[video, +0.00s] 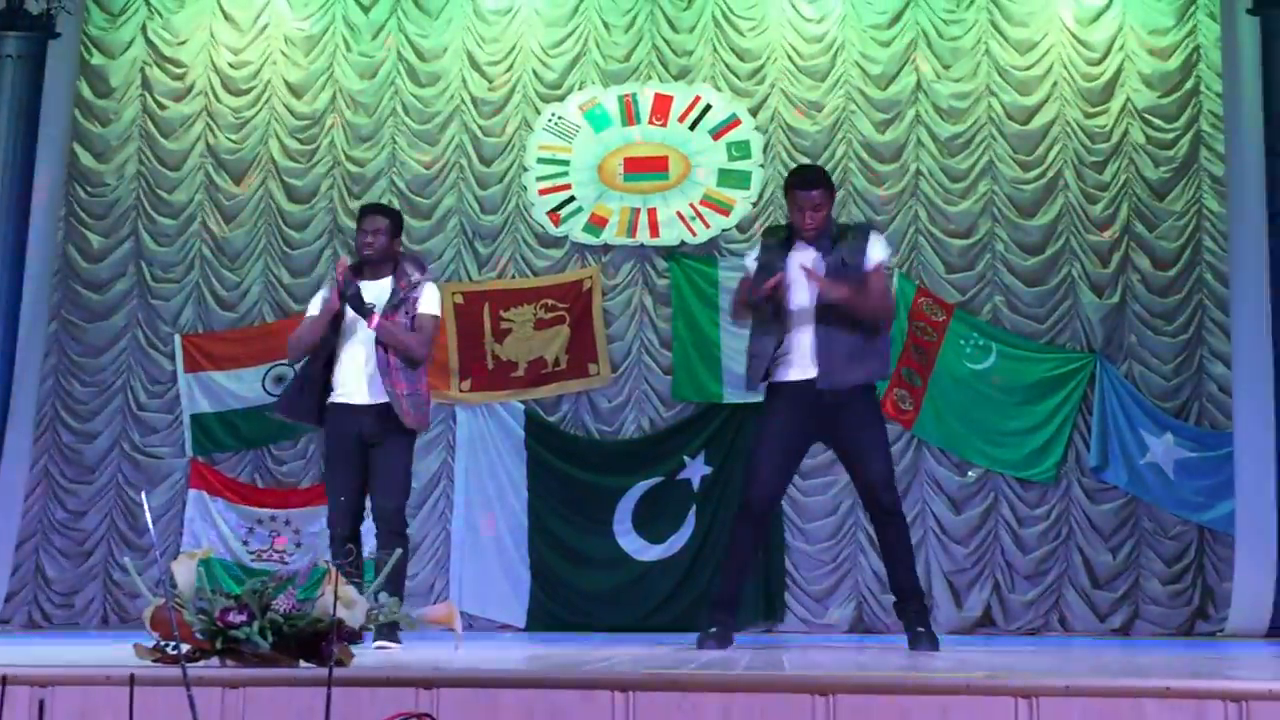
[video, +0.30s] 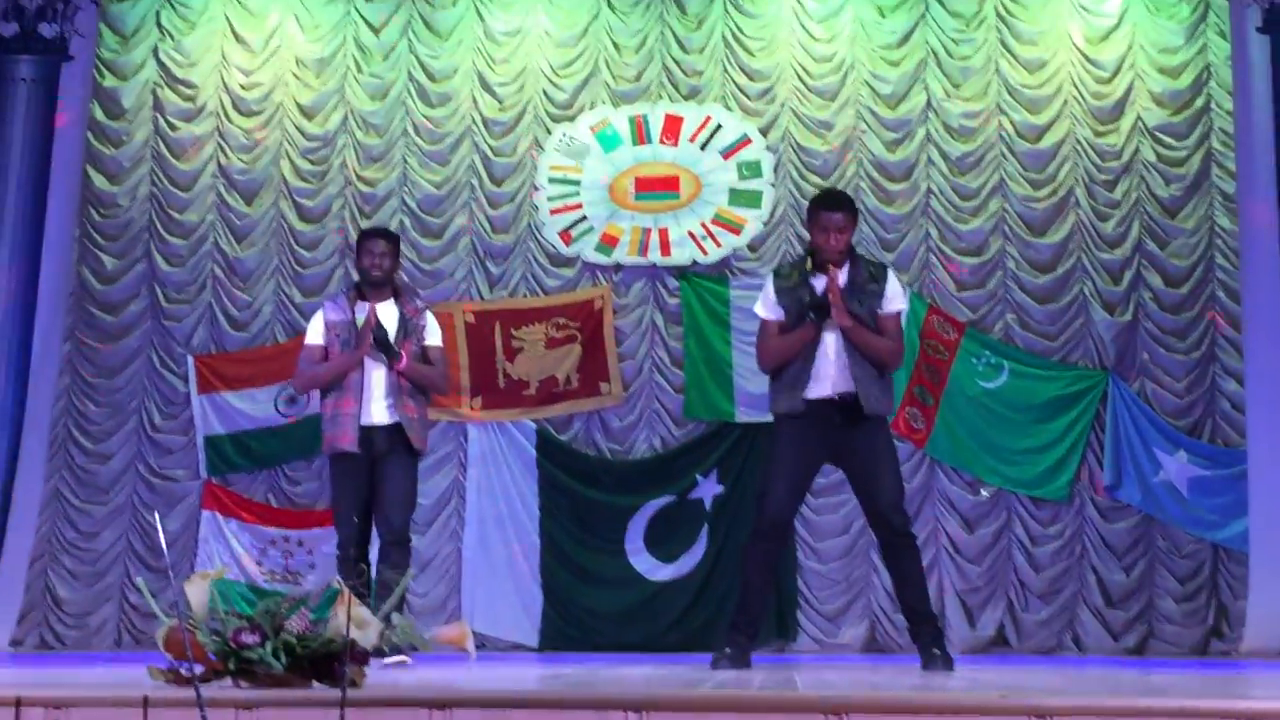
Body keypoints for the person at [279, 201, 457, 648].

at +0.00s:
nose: (368, 241)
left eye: (378, 234)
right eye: (363, 233)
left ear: (397, 240)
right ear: (355, 238)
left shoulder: (420, 287)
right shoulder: (335, 286)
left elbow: (420, 350)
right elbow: (296, 349)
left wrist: (369, 315)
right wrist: (332, 308)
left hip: (392, 415)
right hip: (341, 415)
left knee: (389, 517)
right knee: (343, 520)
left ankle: (387, 622)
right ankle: (345, 621)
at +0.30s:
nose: (378, 262)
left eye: (386, 256)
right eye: (370, 255)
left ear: (397, 262)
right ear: (357, 261)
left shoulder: (418, 315)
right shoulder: (331, 313)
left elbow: (441, 380)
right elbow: (304, 378)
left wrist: (398, 360)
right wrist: (356, 354)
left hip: (399, 436)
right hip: (349, 436)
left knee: (395, 530)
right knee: (352, 535)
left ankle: (388, 627)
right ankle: (355, 627)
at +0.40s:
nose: (386, 280)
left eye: (395, 274)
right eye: (379, 273)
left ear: (407, 280)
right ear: (365, 278)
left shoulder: (428, 333)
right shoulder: (340, 331)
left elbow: (451, 398)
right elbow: (310, 395)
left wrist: (407, 379)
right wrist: (360, 377)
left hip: (408, 454)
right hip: (358, 454)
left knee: (403, 550)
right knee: (362, 553)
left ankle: (401, 645)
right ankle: (367, 647)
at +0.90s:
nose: (399, 302)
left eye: (408, 296)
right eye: (393, 296)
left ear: (424, 303)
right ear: (383, 303)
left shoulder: (448, 354)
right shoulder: (360, 353)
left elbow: (472, 418)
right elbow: (326, 420)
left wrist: (425, 397)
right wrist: (363, 387)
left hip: (423, 481)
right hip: (370, 482)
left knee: (421, 582)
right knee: (373, 588)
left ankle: (418, 683)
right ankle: (386, 681)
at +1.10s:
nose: (393, 326)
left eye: (403, 318)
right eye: (386, 318)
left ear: (420, 326)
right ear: (378, 324)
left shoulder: (447, 378)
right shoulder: (361, 380)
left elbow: (465, 451)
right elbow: (349, 452)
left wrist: (433, 495)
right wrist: (353, 493)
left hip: (428, 503)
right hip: (379, 501)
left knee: (419, 593)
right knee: (364, 588)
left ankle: (418, 682)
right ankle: (369, 678)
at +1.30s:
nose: (381, 348)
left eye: (390, 340)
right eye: (374, 340)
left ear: (408, 347)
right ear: (365, 347)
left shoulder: (438, 394)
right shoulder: (347, 401)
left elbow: (488, 450)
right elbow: (297, 456)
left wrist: (530, 496)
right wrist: (247, 498)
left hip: (426, 512)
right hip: (374, 509)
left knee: (411, 592)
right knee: (354, 588)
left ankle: (411, 682)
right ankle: (347, 673)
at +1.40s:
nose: (381, 320)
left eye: (391, 312)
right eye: (375, 312)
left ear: (409, 317)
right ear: (367, 317)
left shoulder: (440, 359)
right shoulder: (347, 364)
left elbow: (507, 373)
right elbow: (285, 392)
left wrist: (538, 401)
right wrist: (227, 405)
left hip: (423, 500)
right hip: (370, 495)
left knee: (411, 588)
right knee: (355, 586)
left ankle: (412, 687)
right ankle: (343, 684)